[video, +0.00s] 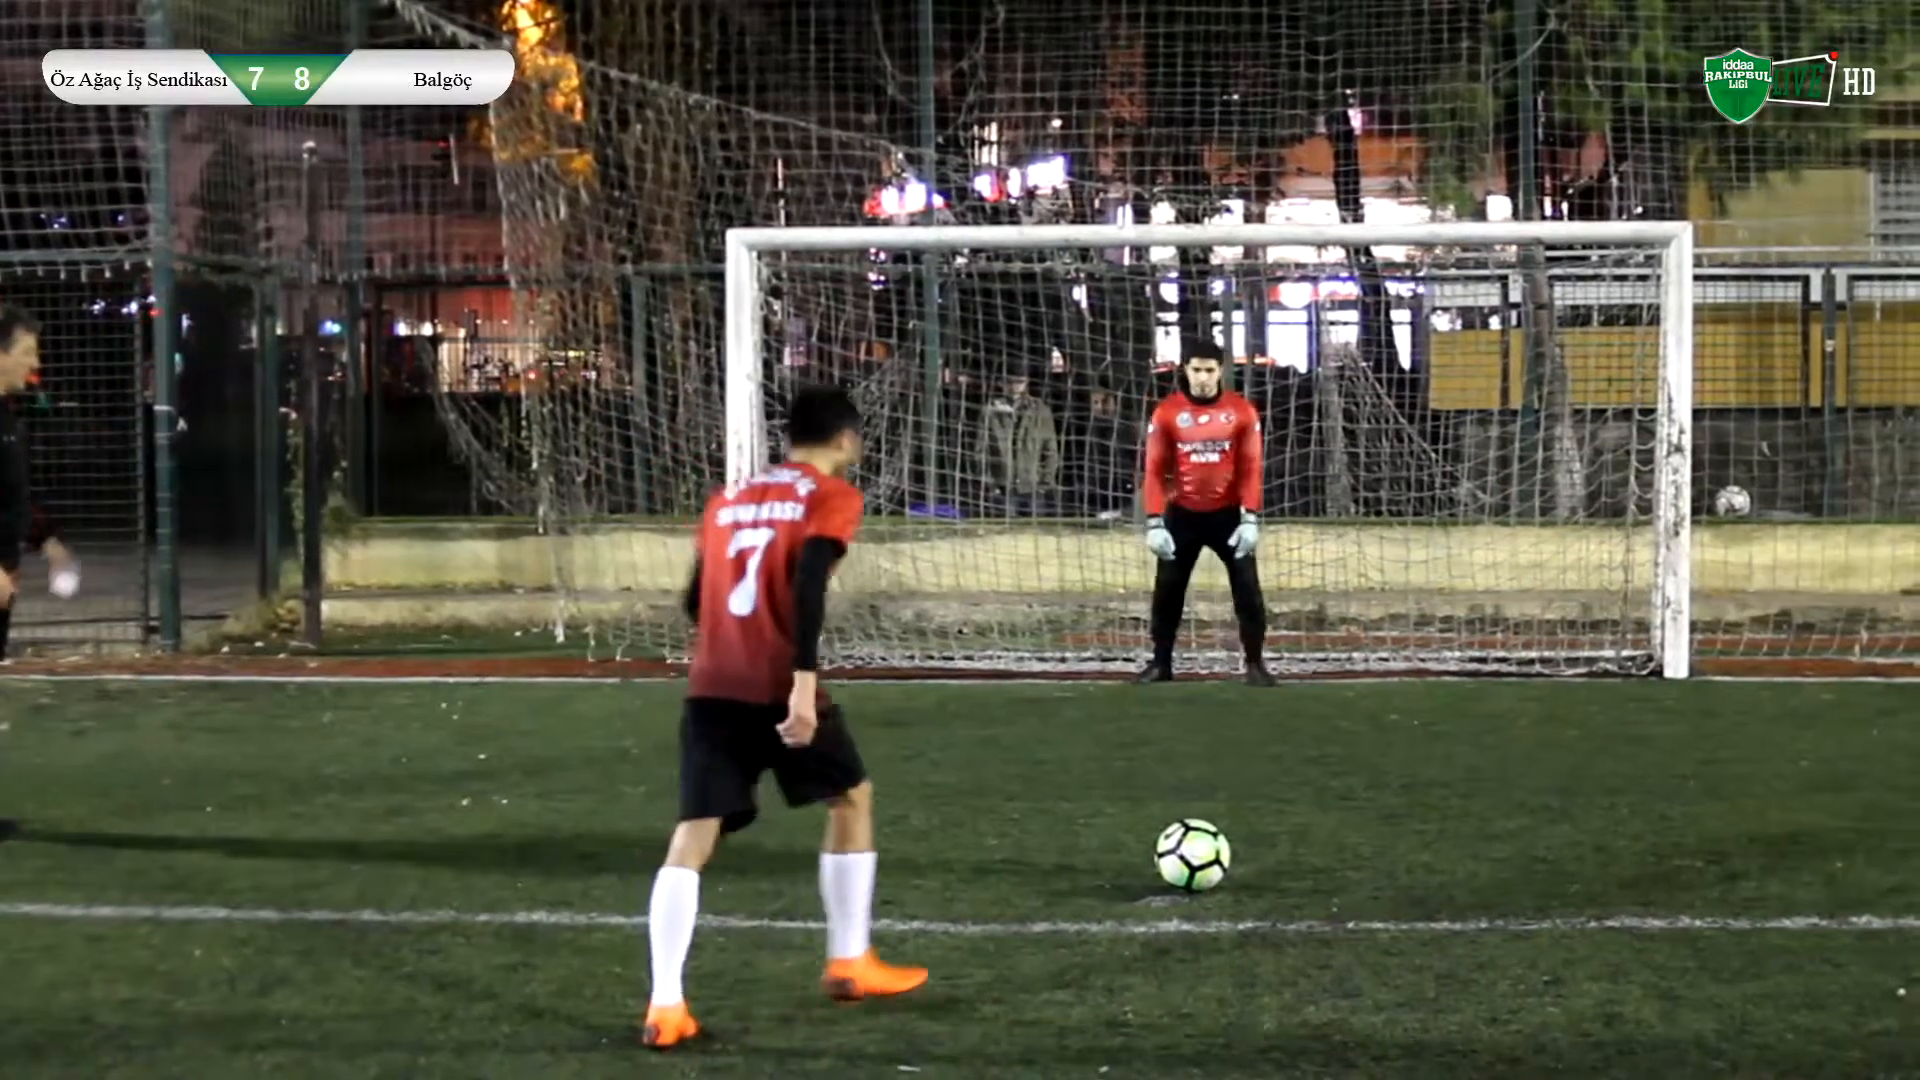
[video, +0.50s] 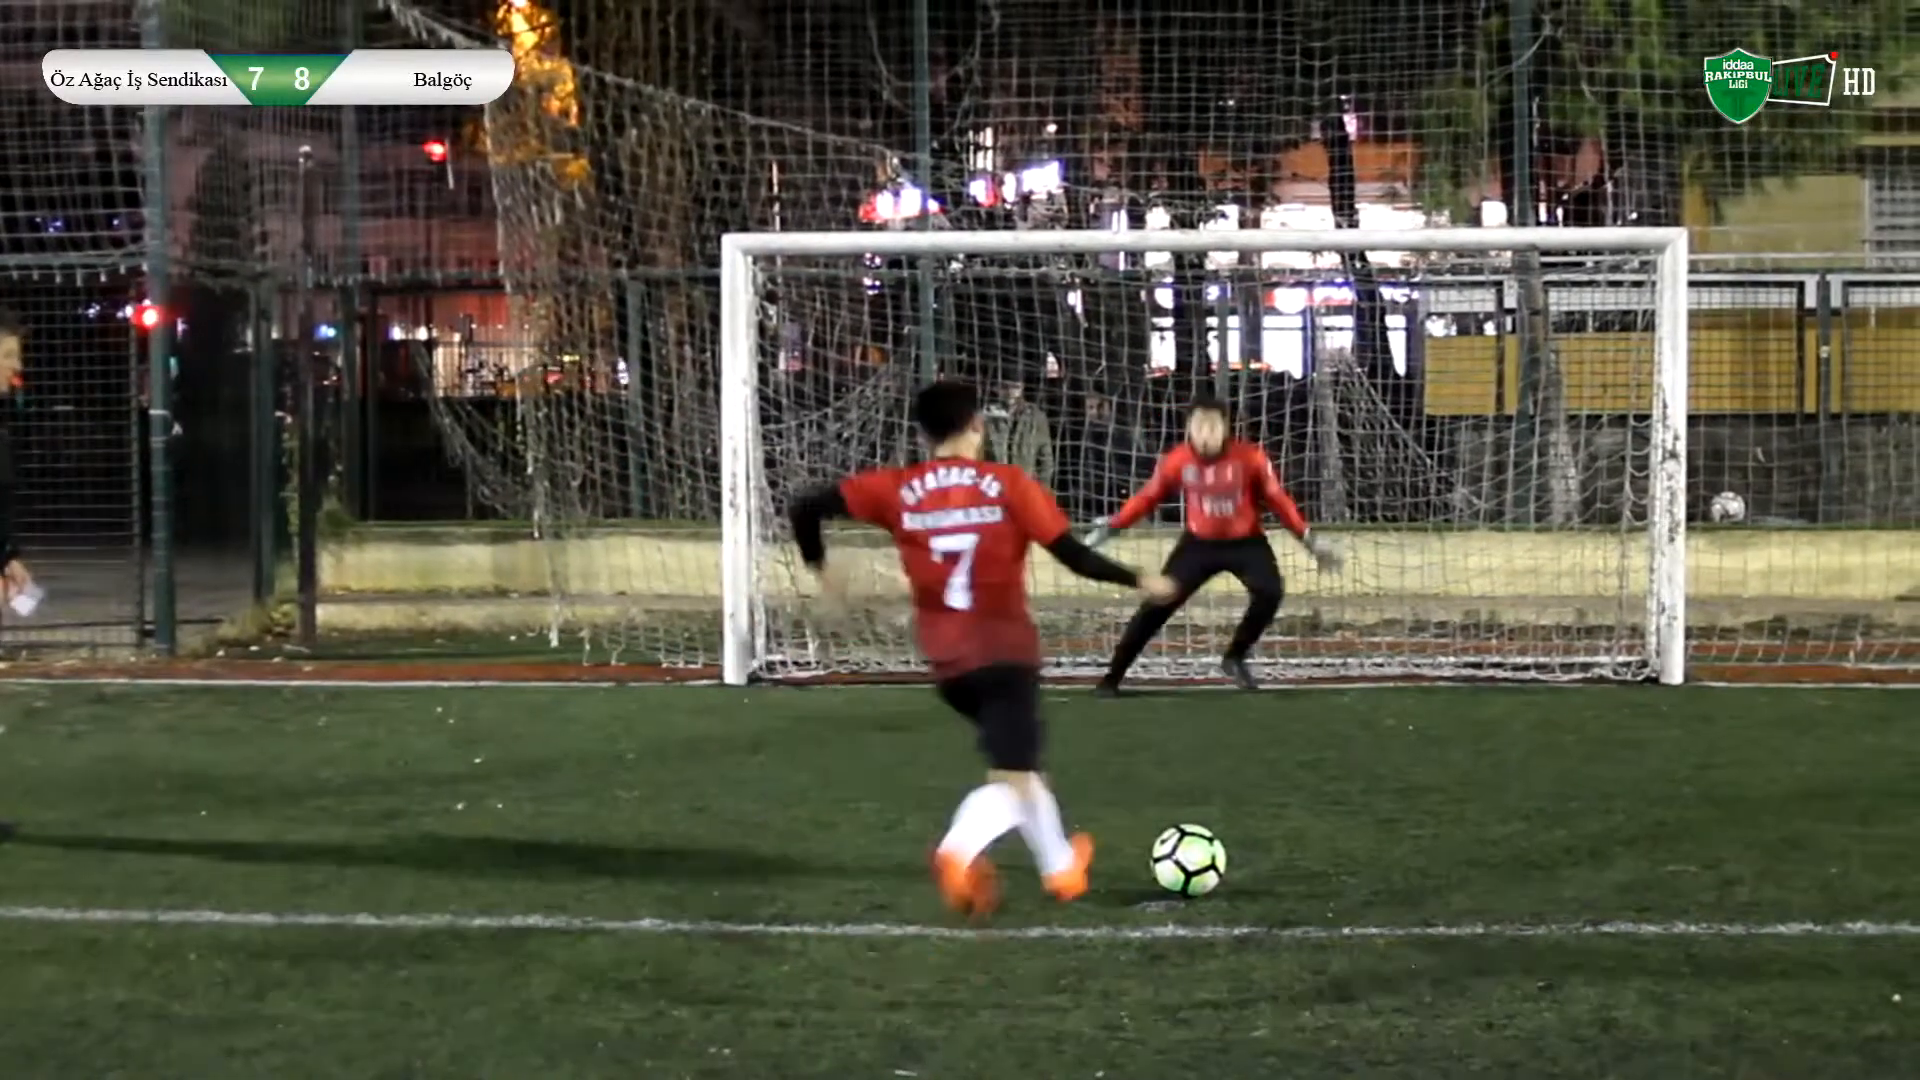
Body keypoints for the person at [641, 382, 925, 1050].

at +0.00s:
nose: (855, 457)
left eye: (854, 446)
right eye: (854, 446)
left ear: (792, 440)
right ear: (841, 443)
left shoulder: (729, 496)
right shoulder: (837, 496)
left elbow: (695, 597)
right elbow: (810, 575)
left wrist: (734, 648)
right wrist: (805, 678)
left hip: (710, 688)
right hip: (782, 688)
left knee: (693, 834)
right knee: (850, 793)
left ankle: (664, 1002)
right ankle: (850, 957)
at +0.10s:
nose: (890, 478)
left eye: (888, 469)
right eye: (890, 468)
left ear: (829, 465)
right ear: (878, 466)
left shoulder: (776, 516)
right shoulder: (874, 512)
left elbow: (775, 613)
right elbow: (849, 575)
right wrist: (837, 671)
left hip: (749, 690)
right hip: (816, 689)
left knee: (718, 832)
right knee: (898, 792)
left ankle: (672, 991)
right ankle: (894, 953)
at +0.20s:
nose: (919, 491)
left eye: (917, 481)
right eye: (917, 481)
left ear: (857, 476)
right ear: (906, 479)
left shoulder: (815, 520)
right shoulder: (906, 521)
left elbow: (815, 612)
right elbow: (888, 587)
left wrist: (893, 647)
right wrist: (886, 671)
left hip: (787, 697)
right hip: (855, 697)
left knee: (757, 831)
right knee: (928, 808)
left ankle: (694, 970)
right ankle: (896, 964)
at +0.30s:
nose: (959, 483)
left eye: (956, 474)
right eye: (956, 474)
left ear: (895, 477)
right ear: (946, 475)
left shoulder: (860, 519)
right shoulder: (956, 526)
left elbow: (815, 546)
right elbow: (983, 610)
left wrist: (868, 572)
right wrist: (1020, 689)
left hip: (848, 697)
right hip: (915, 697)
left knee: (876, 840)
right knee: (961, 828)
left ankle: (801, 906)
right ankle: (903, 962)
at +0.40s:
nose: (971, 462)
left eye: (965, 453)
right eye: (968, 453)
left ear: (910, 458)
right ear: (961, 456)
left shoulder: (874, 499)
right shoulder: (984, 510)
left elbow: (803, 492)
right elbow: (1032, 591)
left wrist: (844, 544)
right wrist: (1089, 647)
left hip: (881, 676)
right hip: (944, 678)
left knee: (948, 799)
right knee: (969, 818)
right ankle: (913, 945)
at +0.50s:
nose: (985, 429)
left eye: (981, 421)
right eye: (981, 421)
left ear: (926, 433)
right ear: (974, 426)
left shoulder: (899, 487)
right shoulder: (1009, 484)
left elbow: (806, 506)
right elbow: (1075, 555)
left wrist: (818, 565)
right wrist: (1138, 581)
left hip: (948, 664)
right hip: (1006, 657)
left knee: (1021, 764)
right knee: (1015, 784)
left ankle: (1060, 863)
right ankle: (958, 849)